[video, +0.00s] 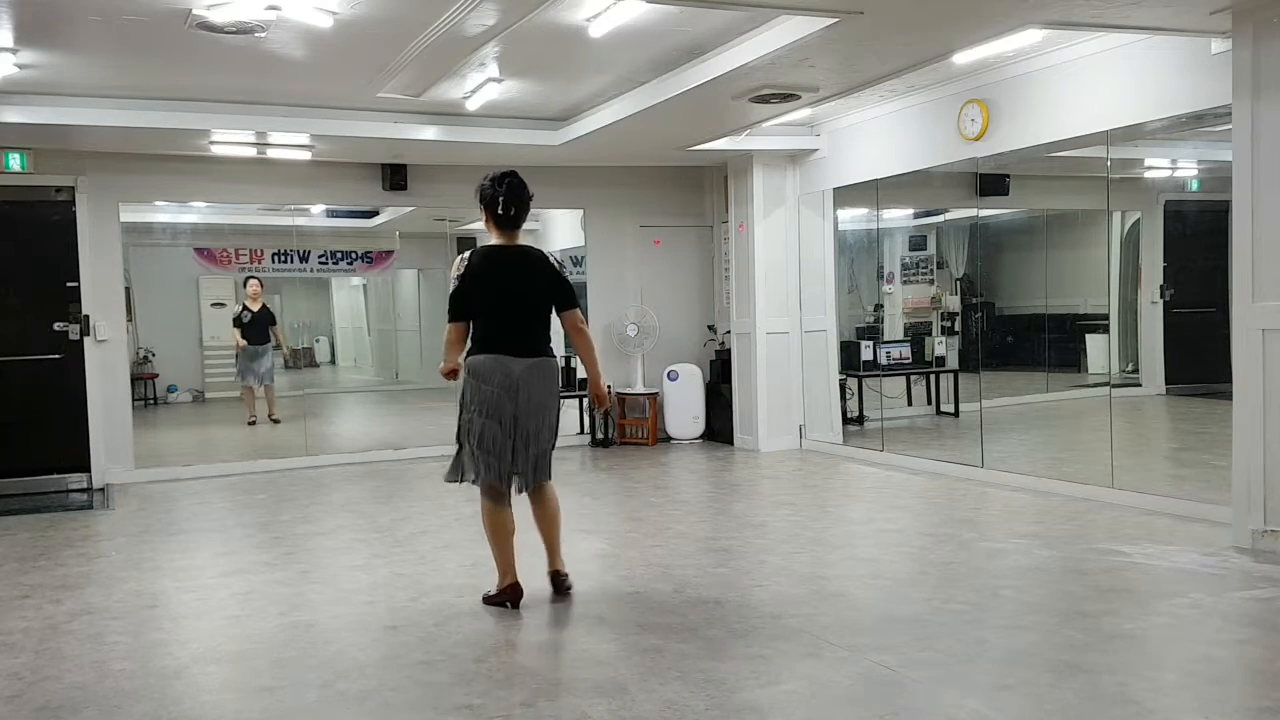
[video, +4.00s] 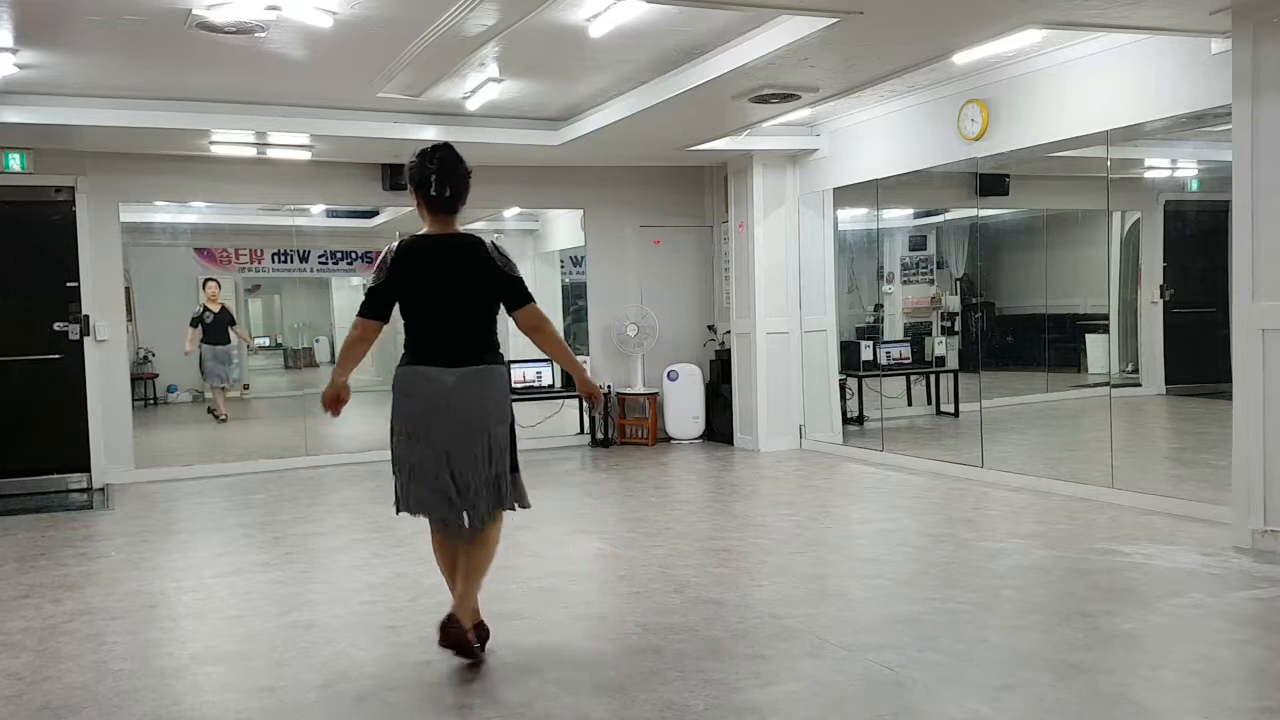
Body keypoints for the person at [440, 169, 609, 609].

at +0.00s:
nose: (481, 216)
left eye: (481, 210)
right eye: (485, 209)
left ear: (486, 215)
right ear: (525, 215)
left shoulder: (471, 265)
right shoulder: (545, 264)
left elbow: (457, 330)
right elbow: (575, 325)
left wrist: (451, 362)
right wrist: (596, 378)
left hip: (488, 371)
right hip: (541, 371)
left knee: (493, 482)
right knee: (539, 475)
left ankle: (509, 584)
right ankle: (557, 569)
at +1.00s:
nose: (571, 216)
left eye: (571, 211)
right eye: (575, 210)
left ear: (575, 215)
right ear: (613, 213)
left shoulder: (563, 262)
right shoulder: (632, 261)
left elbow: (537, 324)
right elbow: (664, 320)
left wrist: (547, 281)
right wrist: (687, 370)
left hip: (581, 368)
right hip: (631, 367)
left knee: (592, 475)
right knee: (627, 471)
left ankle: (611, 568)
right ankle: (633, 562)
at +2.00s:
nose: (608, 208)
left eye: (608, 202)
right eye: (612, 201)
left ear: (613, 204)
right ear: (656, 203)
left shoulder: (605, 255)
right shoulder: (678, 254)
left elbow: (591, 323)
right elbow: (709, 324)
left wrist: (566, 363)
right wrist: (724, 378)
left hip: (626, 373)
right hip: (683, 370)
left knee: (623, 483)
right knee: (684, 481)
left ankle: (633, 596)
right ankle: (680, 594)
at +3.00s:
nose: (530, 197)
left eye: (530, 191)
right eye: (533, 190)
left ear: (535, 195)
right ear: (581, 194)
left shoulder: (522, 250)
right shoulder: (600, 253)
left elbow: (502, 324)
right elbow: (635, 321)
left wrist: (476, 347)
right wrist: (661, 367)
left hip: (539, 377)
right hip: (596, 375)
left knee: (546, 494)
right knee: (593, 490)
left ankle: (570, 610)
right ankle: (595, 604)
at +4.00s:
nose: (426, 200)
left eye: (417, 193)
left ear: (416, 198)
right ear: (465, 195)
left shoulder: (400, 257)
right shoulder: (488, 254)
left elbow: (366, 328)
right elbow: (531, 320)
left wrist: (339, 377)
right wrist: (577, 370)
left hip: (419, 390)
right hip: (484, 389)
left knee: (442, 508)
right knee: (489, 503)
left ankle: (470, 621)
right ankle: (461, 611)